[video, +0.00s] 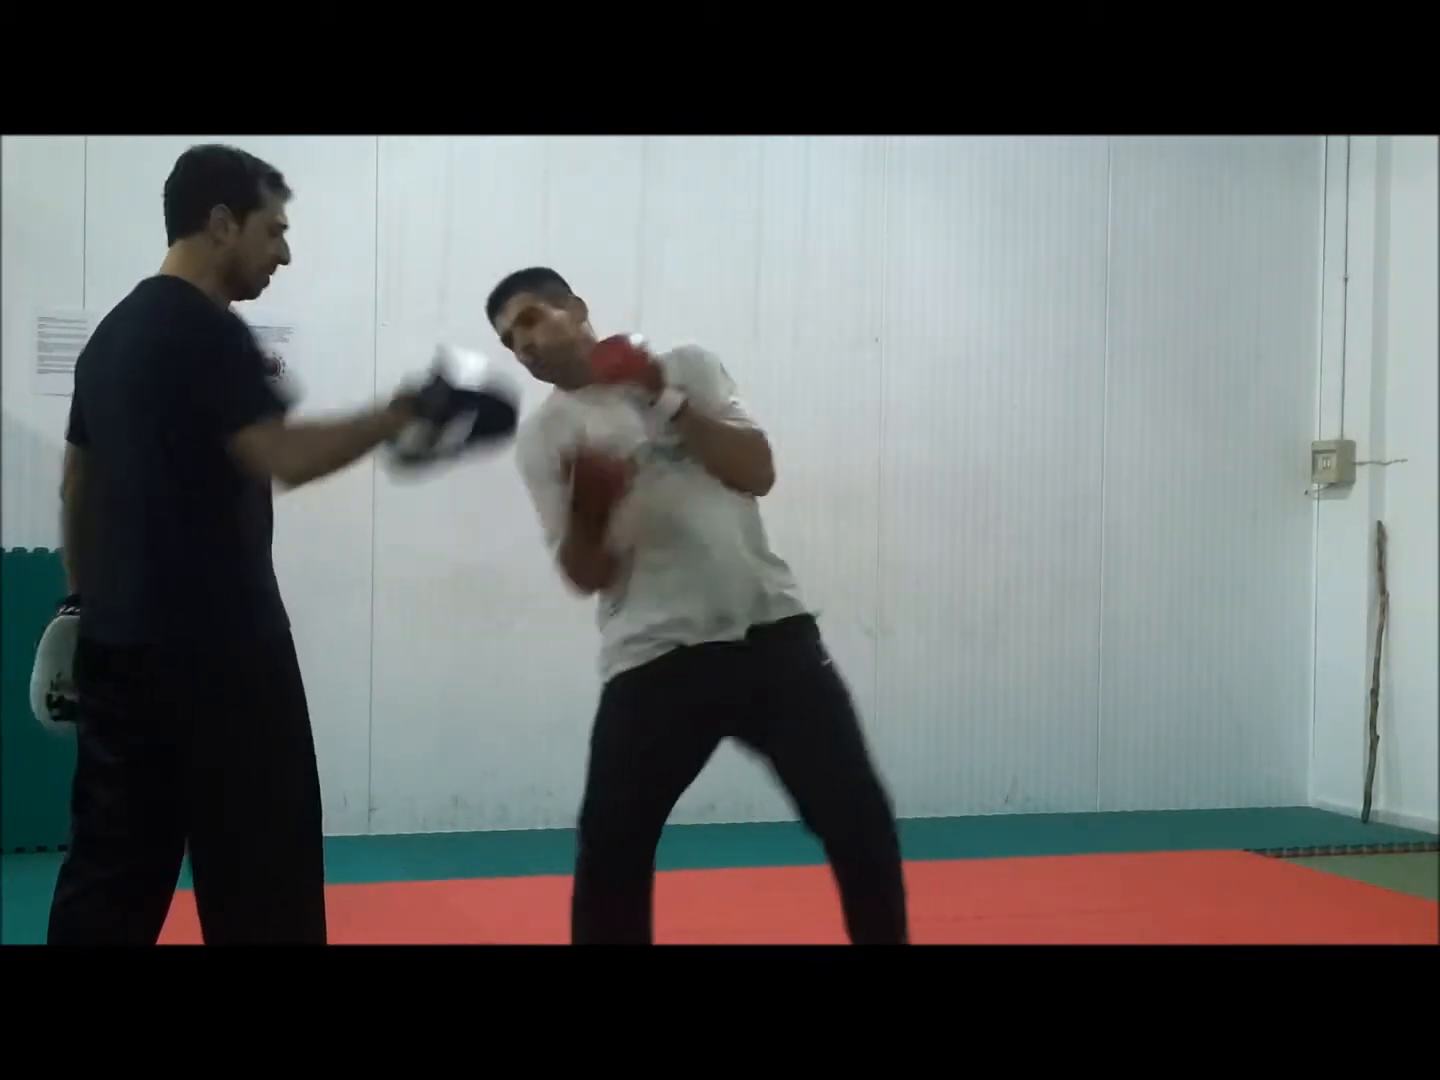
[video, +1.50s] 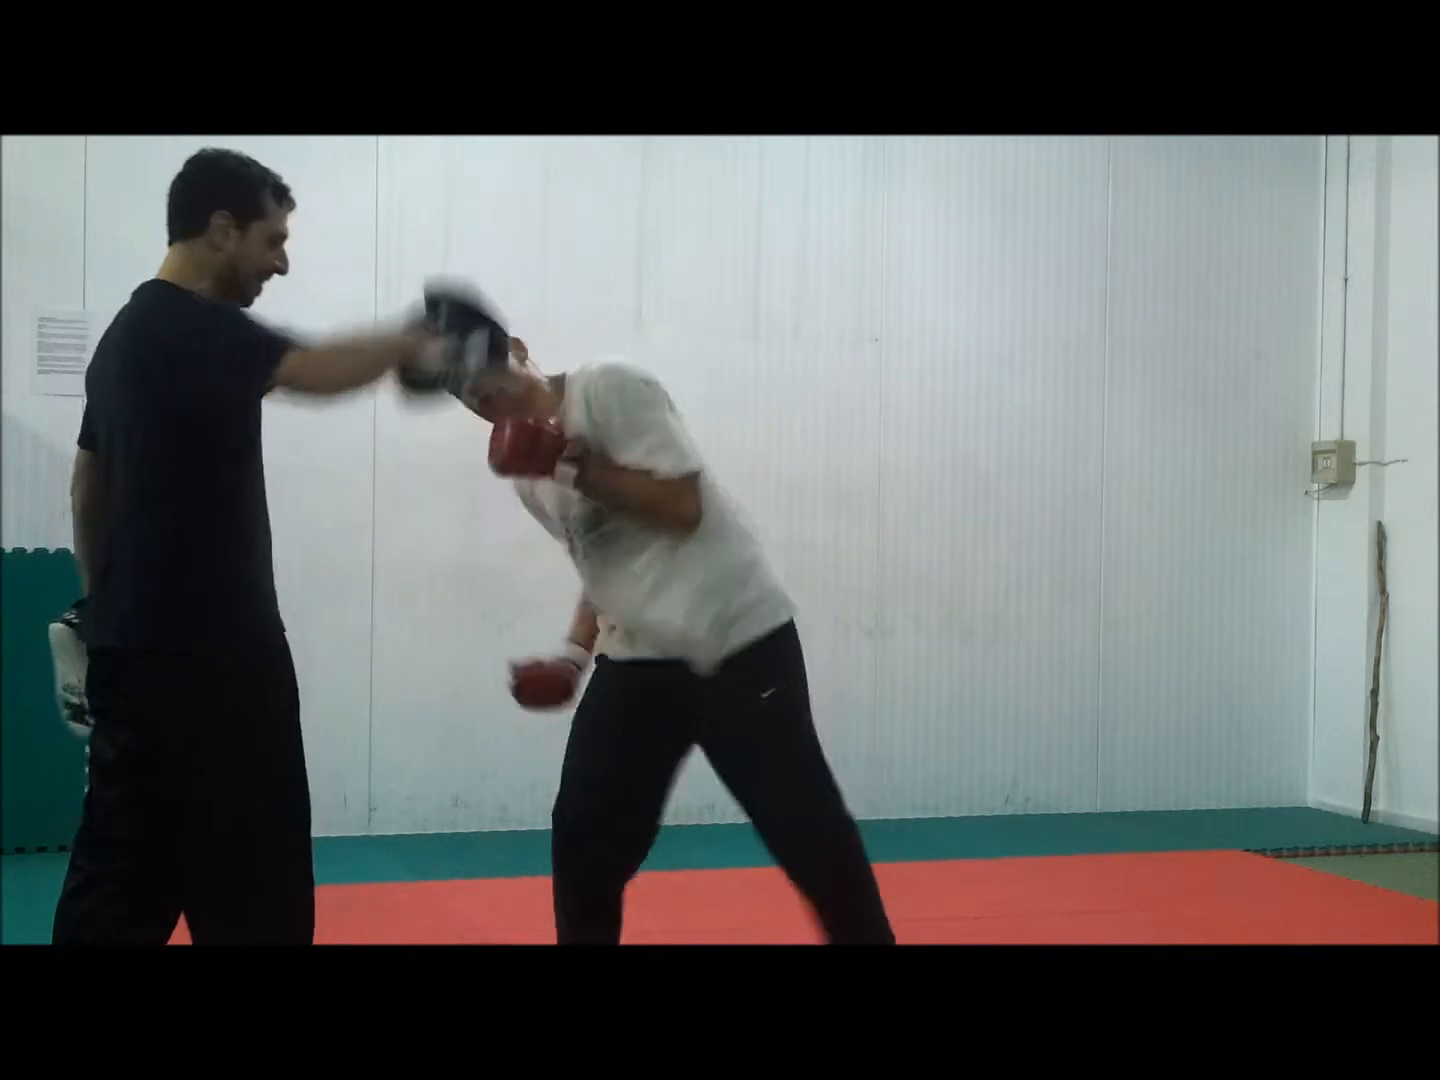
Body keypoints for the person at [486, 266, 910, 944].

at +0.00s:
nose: (525, 337)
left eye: (532, 316)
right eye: (513, 337)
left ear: (578, 307)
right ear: (520, 360)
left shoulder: (685, 367)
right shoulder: (544, 435)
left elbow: (756, 470)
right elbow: (586, 575)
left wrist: (661, 396)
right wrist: (590, 507)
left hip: (768, 633)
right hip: (655, 657)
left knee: (863, 825)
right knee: (610, 851)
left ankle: (883, 940)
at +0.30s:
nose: (532, 333)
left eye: (542, 311)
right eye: (527, 319)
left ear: (597, 296)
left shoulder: (687, 363)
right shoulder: (598, 408)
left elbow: (726, 491)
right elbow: (642, 537)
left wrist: (612, 433)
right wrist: (584, 569)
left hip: (752, 648)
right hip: (653, 664)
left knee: (826, 836)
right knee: (601, 846)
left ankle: (882, 941)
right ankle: (591, 947)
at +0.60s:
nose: (746, 329)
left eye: (759, 309)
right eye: (740, 312)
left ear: (811, 297)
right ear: (748, 311)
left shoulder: (895, 390)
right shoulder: (774, 396)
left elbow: (884, 534)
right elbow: (760, 533)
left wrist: (814, 447)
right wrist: (737, 455)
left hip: (883, 657)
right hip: (786, 646)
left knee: (919, 856)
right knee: (701, 805)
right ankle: (678, 942)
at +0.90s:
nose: (610, 381)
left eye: (616, 357)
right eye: (604, 366)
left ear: (664, 338)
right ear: (677, 344)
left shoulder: (685, 404)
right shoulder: (739, 398)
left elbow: (706, 548)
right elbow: (746, 532)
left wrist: (645, 513)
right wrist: (658, 495)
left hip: (772, 665)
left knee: (825, 852)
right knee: (650, 847)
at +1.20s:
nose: (536, 335)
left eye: (539, 315)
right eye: (519, 335)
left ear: (575, 305)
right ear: (520, 356)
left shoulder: (675, 361)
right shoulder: (544, 438)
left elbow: (761, 442)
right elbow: (528, 571)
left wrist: (663, 388)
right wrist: (464, 539)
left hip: (777, 606)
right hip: (669, 632)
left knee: (842, 784)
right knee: (635, 840)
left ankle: (893, 935)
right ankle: (613, 941)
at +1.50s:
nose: (495, 410)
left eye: (498, 387)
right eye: (479, 404)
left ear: (520, 352)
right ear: (474, 410)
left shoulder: (611, 389)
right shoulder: (528, 470)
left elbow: (682, 507)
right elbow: (604, 563)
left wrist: (567, 458)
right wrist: (572, 656)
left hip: (740, 641)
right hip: (639, 659)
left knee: (813, 841)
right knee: (584, 844)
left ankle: (868, 939)